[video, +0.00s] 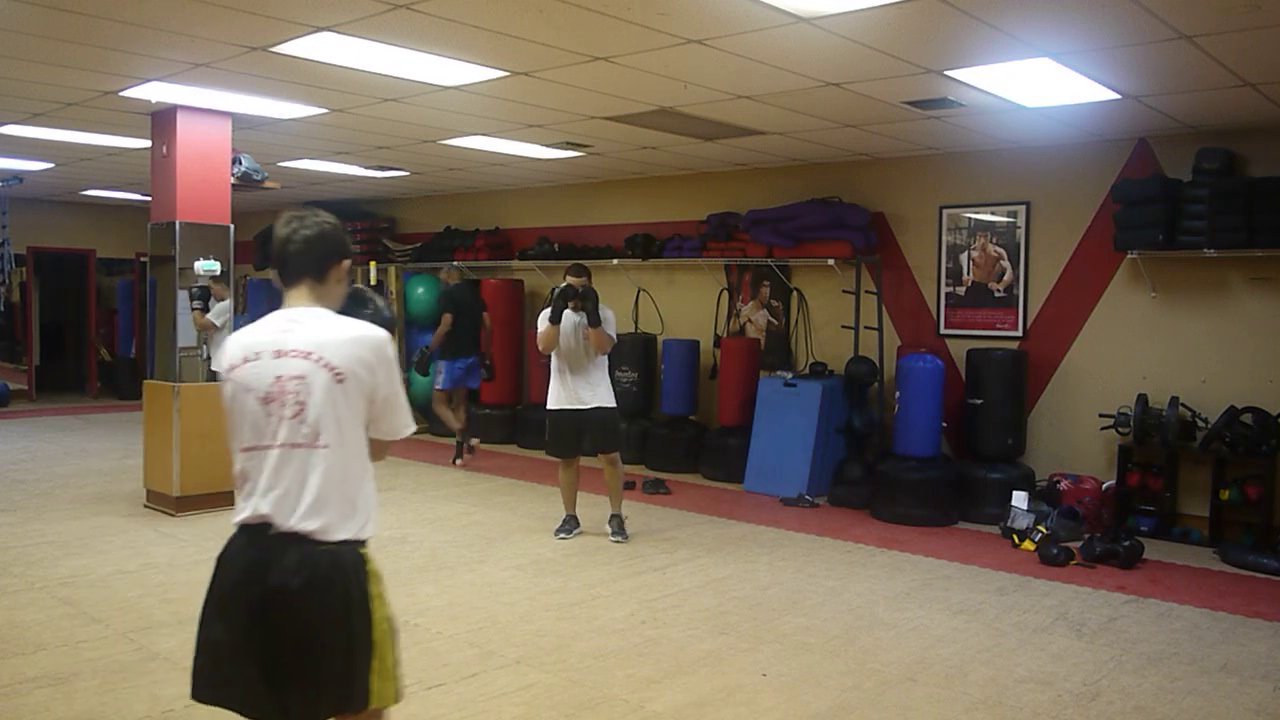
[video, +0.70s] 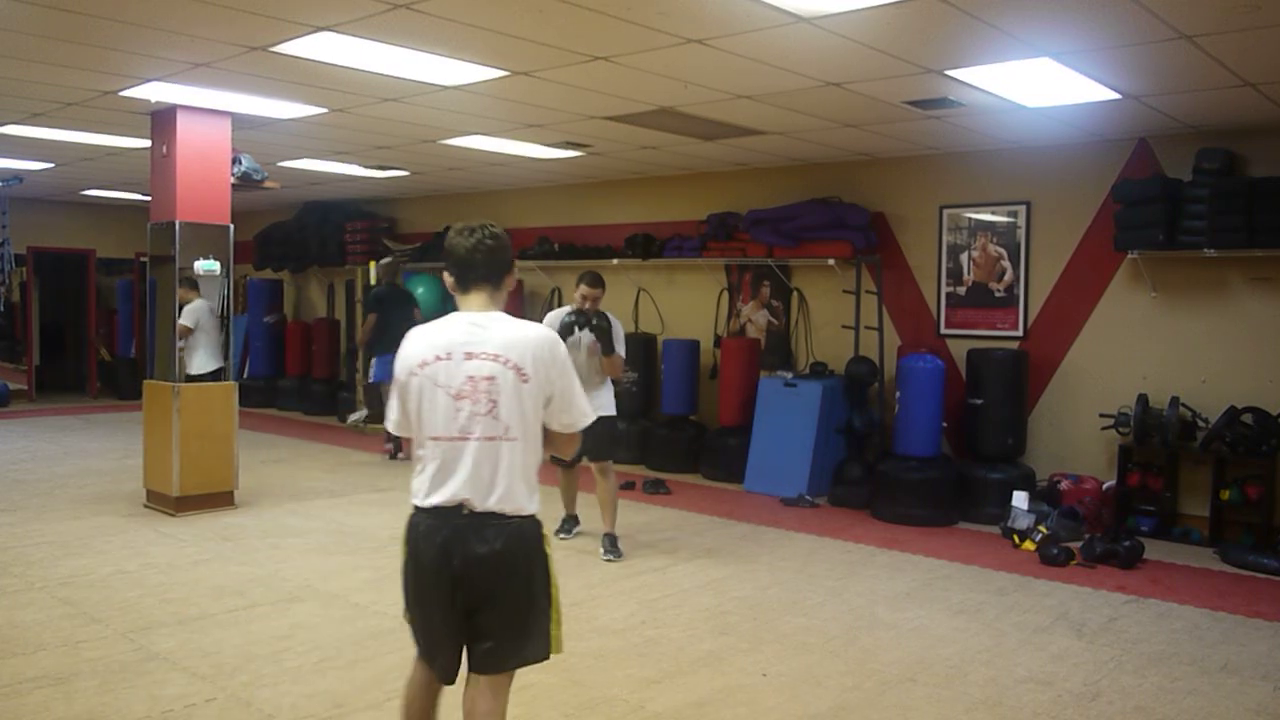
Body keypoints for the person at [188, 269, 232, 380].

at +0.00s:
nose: (211, 293)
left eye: (212, 289)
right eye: (210, 289)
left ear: (221, 286)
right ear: (222, 287)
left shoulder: (225, 305)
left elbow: (201, 325)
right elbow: (207, 324)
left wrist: (196, 303)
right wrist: (204, 303)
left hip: (220, 365)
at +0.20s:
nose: (207, 291)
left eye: (208, 287)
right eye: (207, 288)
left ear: (218, 286)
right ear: (219, 286)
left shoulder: (224, 306)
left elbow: (202, 329)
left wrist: (192, 311)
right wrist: (202, 313)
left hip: (220, 369)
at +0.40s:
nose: (199, 295)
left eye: (199, 290)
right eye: (197, 291)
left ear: (207, 289)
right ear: (208, 288)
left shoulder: (216, 306)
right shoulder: (225, 303)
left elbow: (205, 335)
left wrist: (190, 322)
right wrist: (201, 319)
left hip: (214, 371)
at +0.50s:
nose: (192, 295)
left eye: (193, 290)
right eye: (192, 291)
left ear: (201, 289)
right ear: (206, 288)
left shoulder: (209, 307)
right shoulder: (224, 304)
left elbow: (197, 334)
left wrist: (185, 319)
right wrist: (195, 315)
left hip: (210, 370)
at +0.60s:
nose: (186, 296)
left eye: (187, 291)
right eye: (185, 292)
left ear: (194, 289)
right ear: (202, 289)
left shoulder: (200, 308)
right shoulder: (217, 305)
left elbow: (186, 332)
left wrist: (178, 324)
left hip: (205, 371)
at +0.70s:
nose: (177, 296)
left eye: (178, 291)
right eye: (177, 291)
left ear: (186, 290)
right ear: (195, 289)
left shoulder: (192, 308)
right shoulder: (207, 305)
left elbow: (180, 332)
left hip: (198, 371)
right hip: (214, 368)